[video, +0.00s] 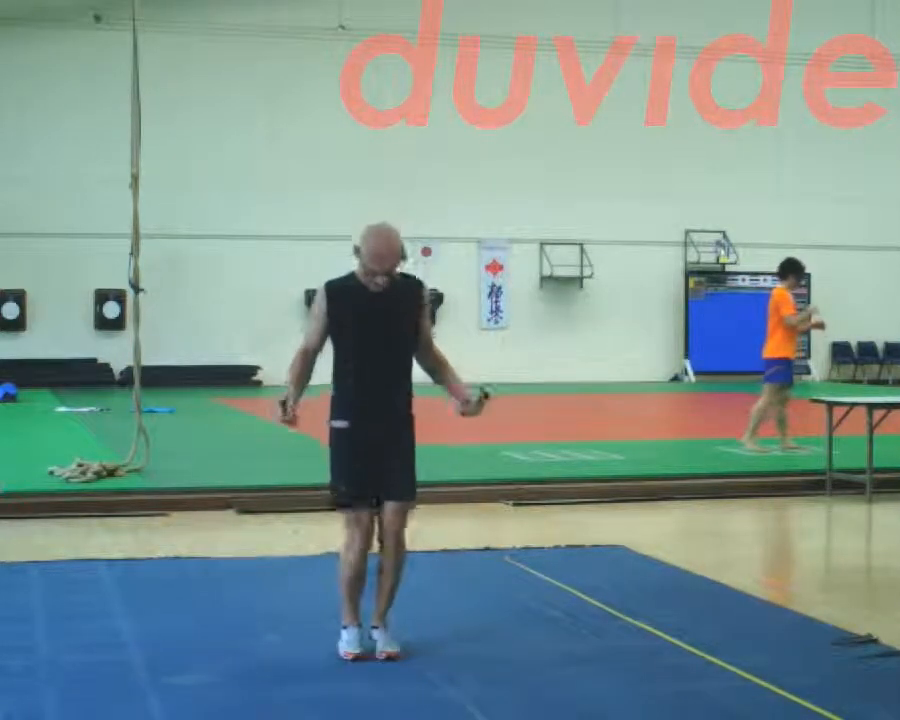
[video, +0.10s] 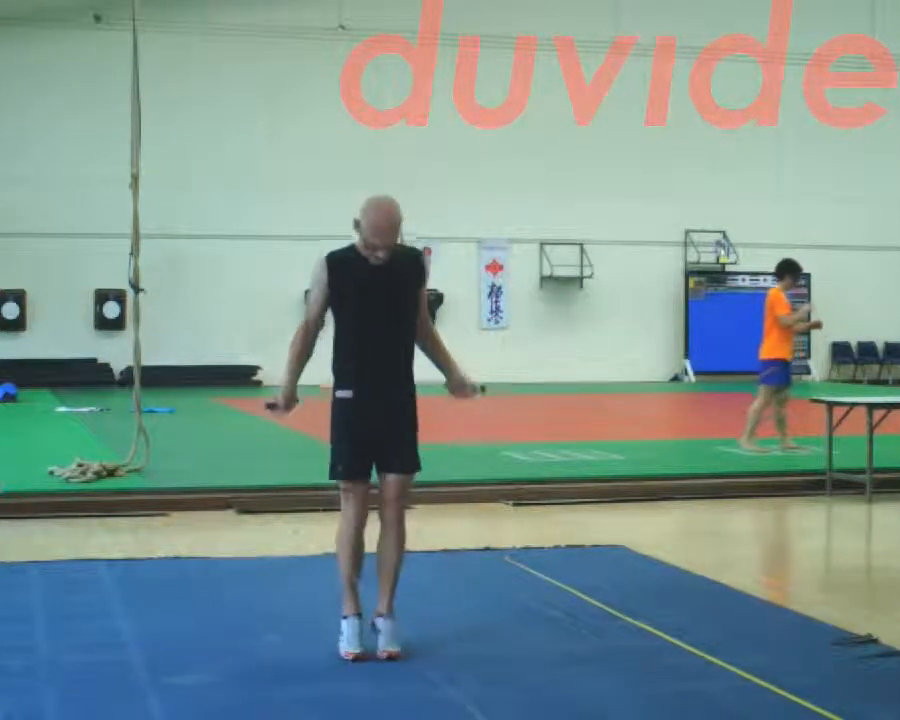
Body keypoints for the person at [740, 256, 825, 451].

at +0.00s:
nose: (800, 282)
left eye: (801, 278)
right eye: (799, 278)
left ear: (786, 276)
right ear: (790, 276)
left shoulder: (784, 295)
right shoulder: (781, 294)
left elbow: (792, 326)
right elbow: (790, 320)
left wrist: (811, 325)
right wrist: (808, 313)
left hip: (783, 354)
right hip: (777, 354)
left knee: (783, 399)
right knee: (769, 397)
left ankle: (784, 440)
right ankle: (749, 437)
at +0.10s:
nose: (796, 283)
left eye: (797, 279)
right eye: (795, 278)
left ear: (784, 277)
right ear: (786, 276)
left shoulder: (782, 297)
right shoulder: (775, 294)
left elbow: (789, 327)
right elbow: (784, 320)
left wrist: (810, 326)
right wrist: (803, 312)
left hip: (782, 355)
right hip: (773, 355)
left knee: (781, 400)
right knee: (764, 397)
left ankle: (785, 440)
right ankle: (746, 438)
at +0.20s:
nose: (792, 283)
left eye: (793, 280)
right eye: (791, 279)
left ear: (779, 277)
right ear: (784, 277)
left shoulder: (777, 297)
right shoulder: (772, 295)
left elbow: (782, 328)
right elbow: (778, 323)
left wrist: (804, 327)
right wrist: (797, 315)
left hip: (776, 356)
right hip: (768, 356)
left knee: (779, 400)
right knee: (758, 399)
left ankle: (785, 440)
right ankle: (745, 440)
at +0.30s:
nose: (789, 284)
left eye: (789, 280)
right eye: (787, 280)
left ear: (778, 278)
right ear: (779, 278)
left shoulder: (774, 298)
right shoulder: (768, 296)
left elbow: (778, 329)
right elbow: (774, 324)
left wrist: (798, 327)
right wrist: (794, 317)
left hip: (772, 357)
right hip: (764, 357)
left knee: (778, 400)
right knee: (754, 399)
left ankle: (785, 440)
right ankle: (743, 441)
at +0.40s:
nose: (787, 282)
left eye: (787, 278)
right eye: (786, 278)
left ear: (773, 277)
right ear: (778, 277)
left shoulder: (772, 297)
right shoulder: (767, 296)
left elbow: (774, 326)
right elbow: (771, 324)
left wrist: (794, 327)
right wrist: (793, 319)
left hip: (770, 358)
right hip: (762, 358)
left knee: (777, 398)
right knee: (752, 400)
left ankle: (783, 440)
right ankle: (743, 442)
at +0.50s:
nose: (784, 282)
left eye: (784, 278)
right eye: (783, 278)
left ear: (769, 277)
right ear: (776, 277)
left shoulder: (771, 297)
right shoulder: (766, 296)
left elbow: (774, 326)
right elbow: (771, 324)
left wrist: (794, 327)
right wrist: (794, 320)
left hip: (771, 358)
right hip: (762, 358)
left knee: (776, 399)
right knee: (752, 401)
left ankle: (782, 440)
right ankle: (744, 442)